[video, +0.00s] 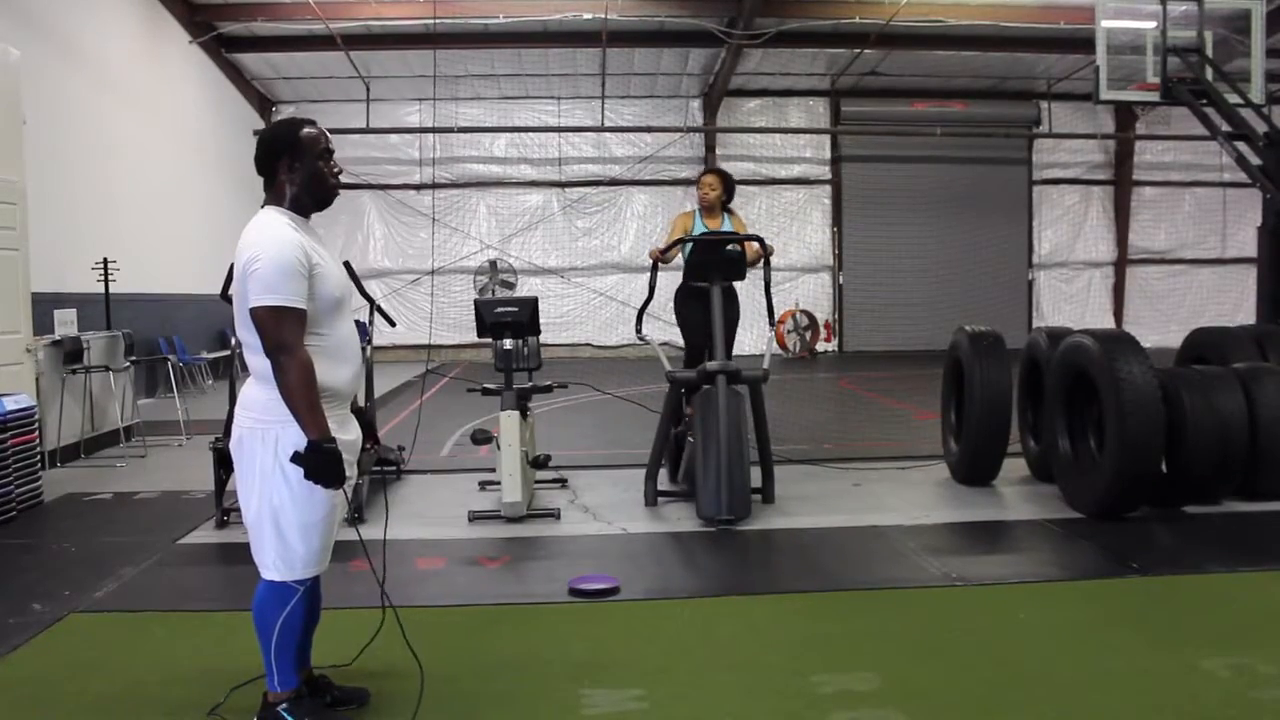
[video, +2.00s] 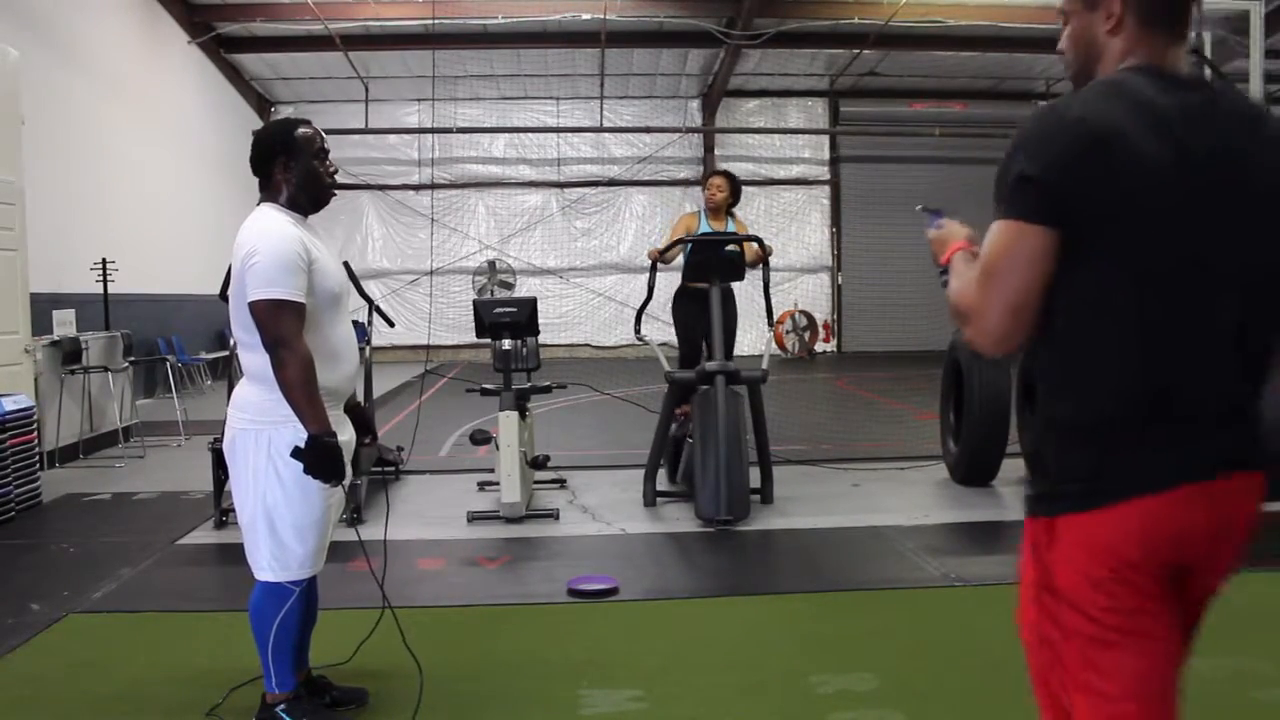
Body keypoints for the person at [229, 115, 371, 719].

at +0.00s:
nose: (337, 168)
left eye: (334, 157)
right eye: (324, 158)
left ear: (296, 170)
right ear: (289, 169)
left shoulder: (298, 237)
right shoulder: (273, 241)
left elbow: (320, 342)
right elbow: (283, 350)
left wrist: (355, 413)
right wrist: (319, 438)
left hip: (307, 428)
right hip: (283, 431)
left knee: (305, 565)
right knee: (287, 571)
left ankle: (299, 679)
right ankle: (281, 698)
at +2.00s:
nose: (333, 167)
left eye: (330, 156)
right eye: (320, 157)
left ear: (292, 170)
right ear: (286, 169)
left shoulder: (298, 235)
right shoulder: (272, 236)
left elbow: (317, 337)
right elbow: (282, 345)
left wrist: (352, 403)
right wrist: (318, 432)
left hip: (304, 426)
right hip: (277, 430)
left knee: (301, 564)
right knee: (284, 570)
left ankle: (297, 679)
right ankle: (281, 697)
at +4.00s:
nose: (334, 165)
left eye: (330, 154)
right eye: (321, 155)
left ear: (292, 171)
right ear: (286, 169)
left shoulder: (295, 238)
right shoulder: (272, 241)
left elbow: (311, 344)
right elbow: (282, 351)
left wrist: (349, 410)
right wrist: (317, 440)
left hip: (299, 427)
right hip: (275, 431)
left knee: (298, 566)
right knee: (282, 571)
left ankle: (296, 680)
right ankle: (280, 698)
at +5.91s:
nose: (343, 171)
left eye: (340, 159)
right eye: (331, 160)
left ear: (297, 171)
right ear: (296, 169)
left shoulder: (299, 240)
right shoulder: (277, 242)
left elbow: (320, 344)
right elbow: (286, 354)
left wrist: (355, 412)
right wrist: (328, 439)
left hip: (303, 430)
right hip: (278, 433)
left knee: (301, 566)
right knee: (284, 571)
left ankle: (297, 681)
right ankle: (280, 699)